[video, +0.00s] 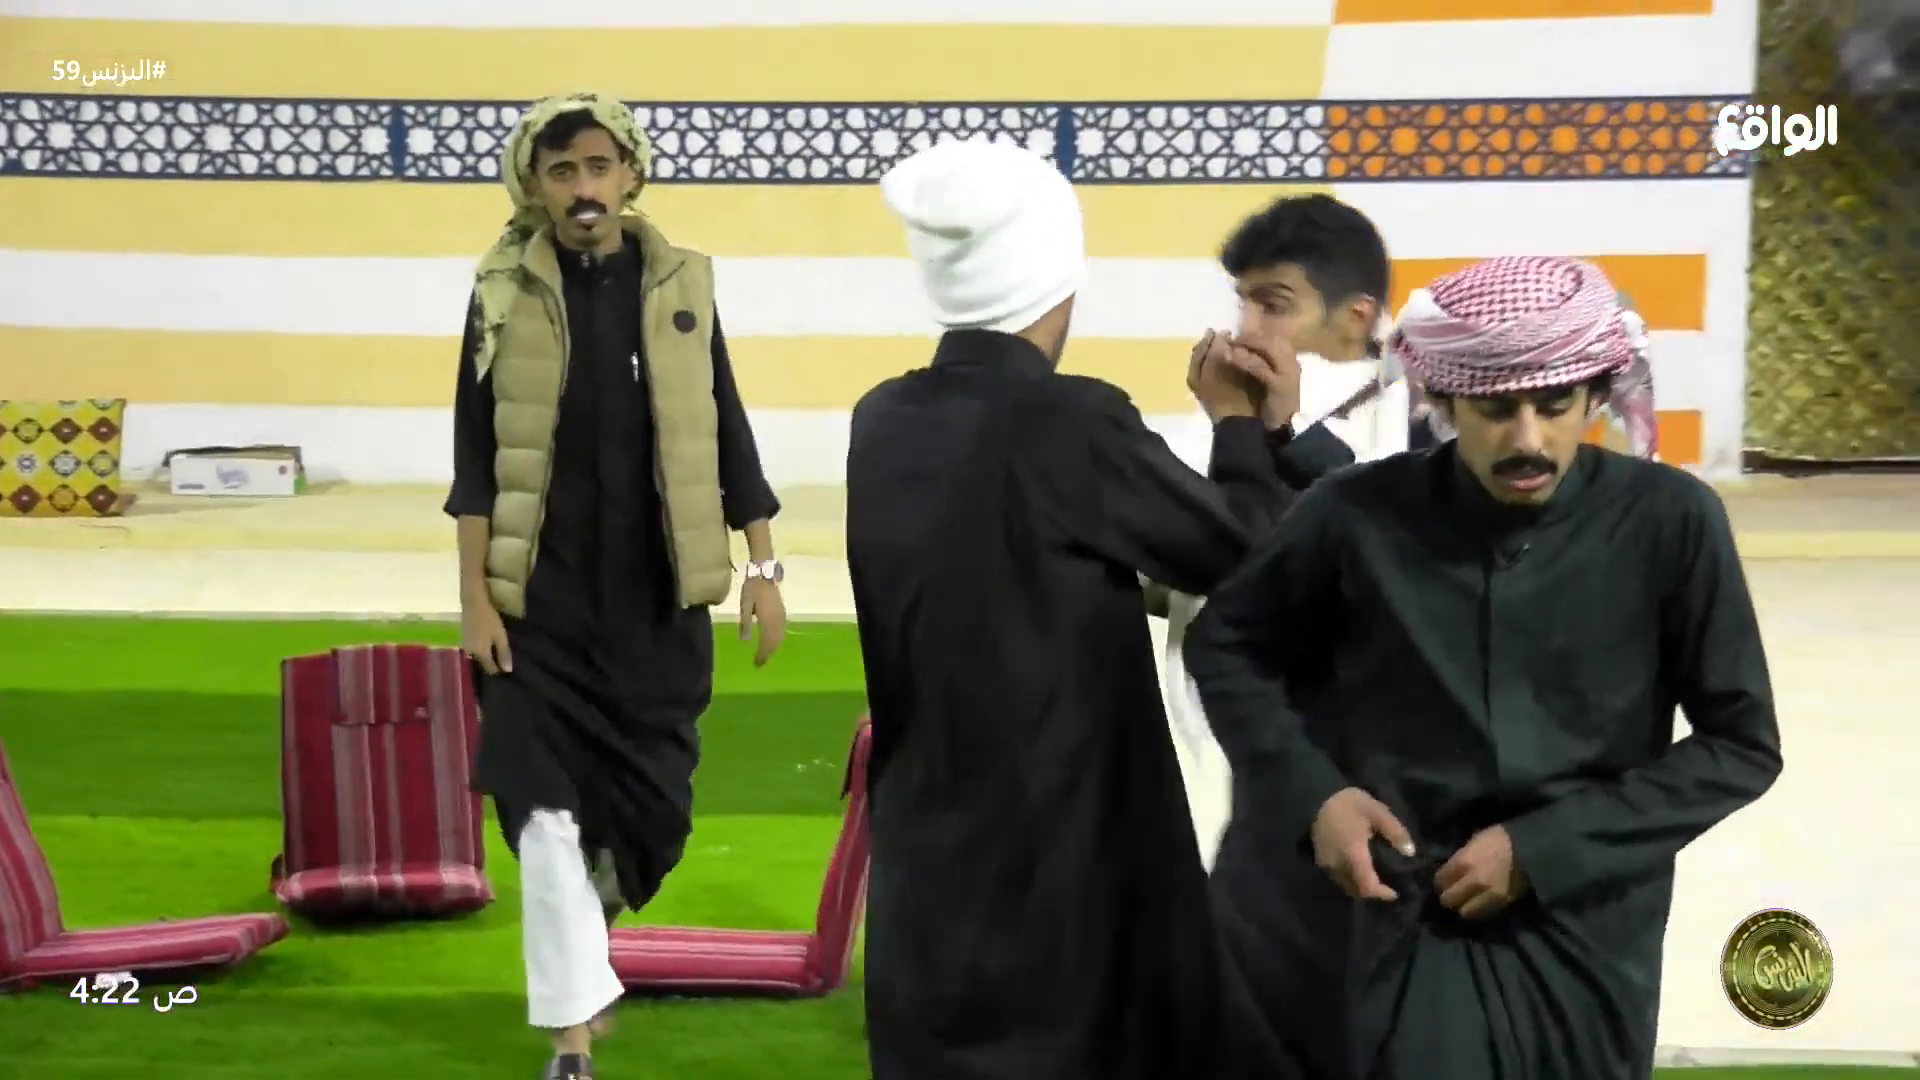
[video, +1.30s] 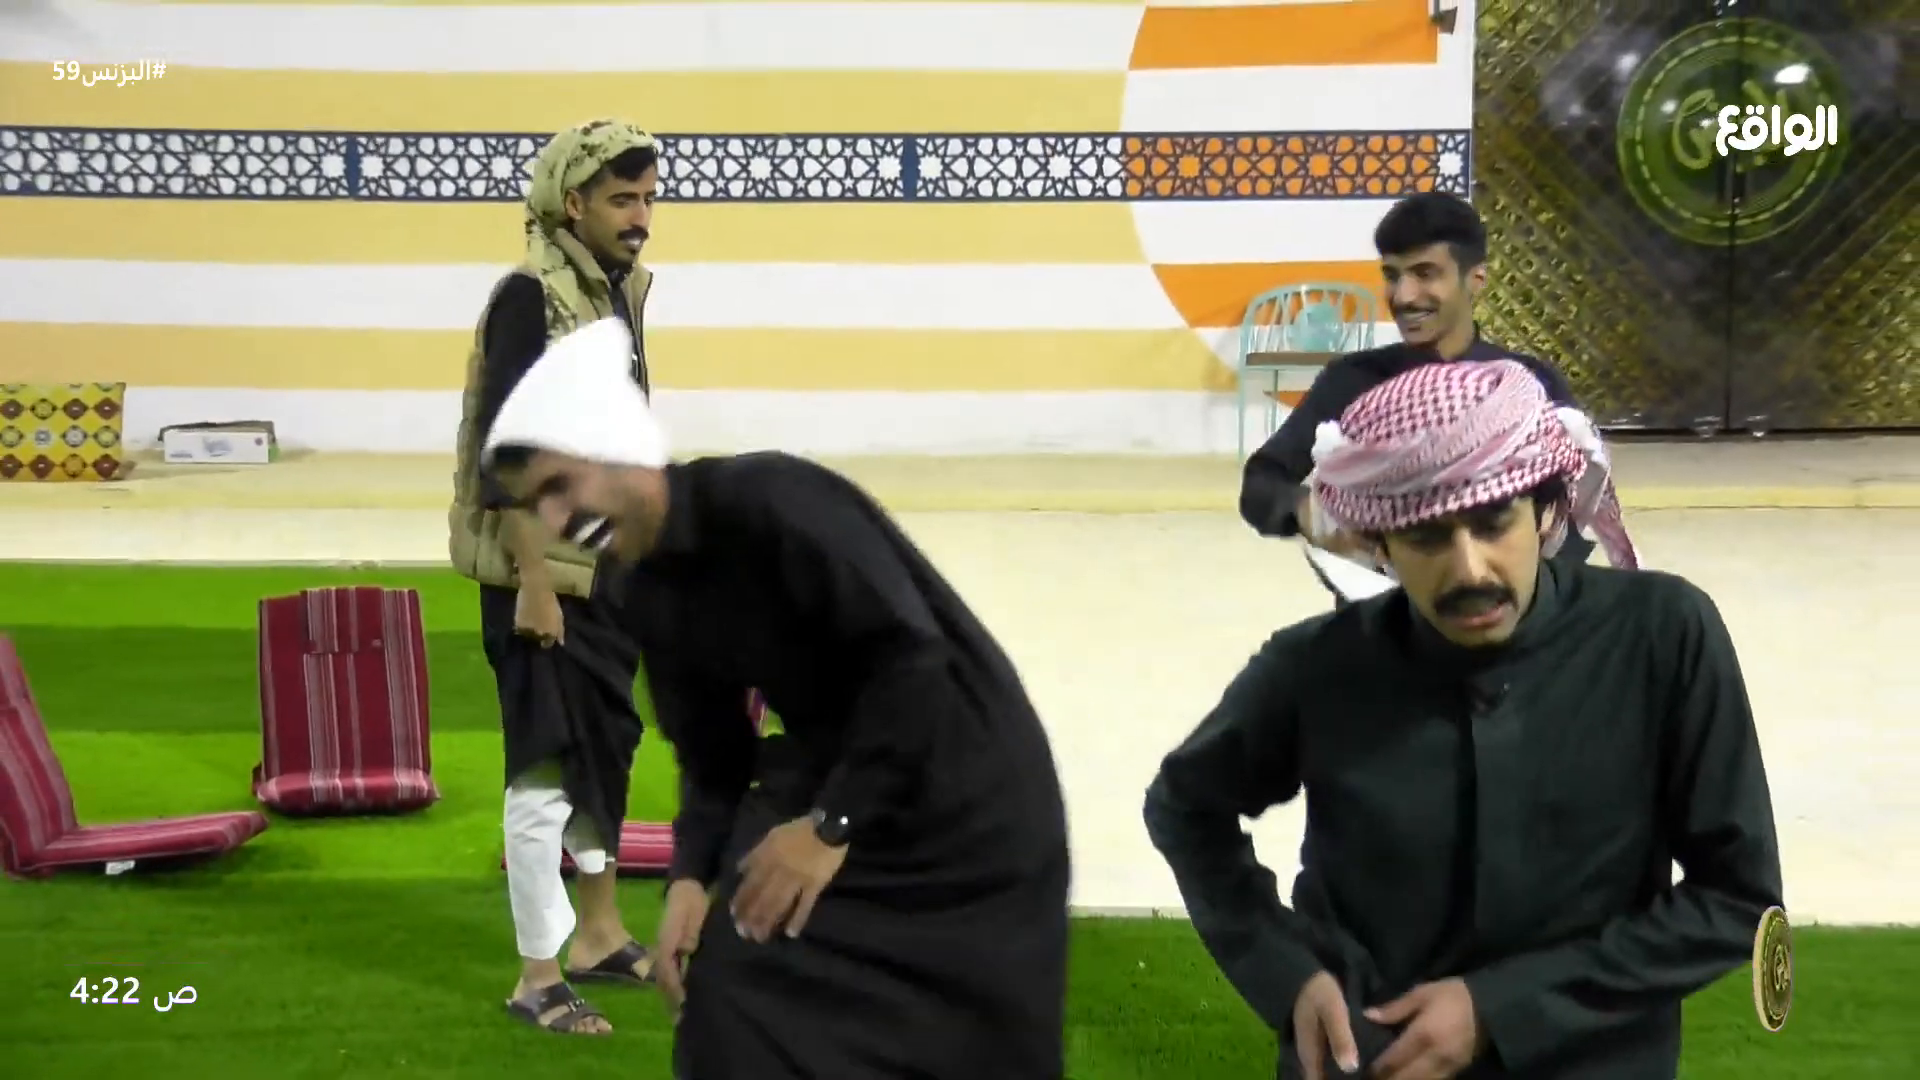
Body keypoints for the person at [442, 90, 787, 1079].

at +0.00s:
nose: (584, 186)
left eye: (601, 165)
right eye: (562, 170)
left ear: (633, 176)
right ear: (533, 187)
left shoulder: (681, 283)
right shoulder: (502, 293)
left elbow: (727, 426)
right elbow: (475, 450)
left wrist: (761, 562)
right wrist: (474, 593)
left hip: (656, 597)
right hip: (533, 595)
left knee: (652, 825)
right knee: (544, 815)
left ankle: (582, 920)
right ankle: (571, 1033)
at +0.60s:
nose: (665, 200)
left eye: (680, 185)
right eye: (648, 179)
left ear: (693, 196)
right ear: (599, 179)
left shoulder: (697, 289)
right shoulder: (538, 278)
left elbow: (757, 395)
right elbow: (505, 428)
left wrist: (754, 419)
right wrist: (517, 561)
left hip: (669, 582)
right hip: (568, 578)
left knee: (663, 784)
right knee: (572, 782)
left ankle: (632, 1007)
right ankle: (491, 953)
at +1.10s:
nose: (622, 201)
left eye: (631, 186)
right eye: (604, 185)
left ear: (635, 190)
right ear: (551, 186)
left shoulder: (637, 287)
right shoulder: (502, 288)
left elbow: (672, 411)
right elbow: (481, 442)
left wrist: (723, 510)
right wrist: (515, 571)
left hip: (628, 569)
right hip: (538, 573)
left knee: (627, 765)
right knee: (543, 775)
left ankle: (606, 953)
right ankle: (526, 989)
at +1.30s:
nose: (642, 217)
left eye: (649, 200)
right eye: (625, 200)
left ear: (644, 204)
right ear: (569, 203)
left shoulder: (616, 295)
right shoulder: (528, 300)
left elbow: (619, 431)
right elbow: (513, 452)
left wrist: (635, 555)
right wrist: (533, 576)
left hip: (599, 566)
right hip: (534, 574)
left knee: (601, 753)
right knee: (542, 771)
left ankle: (598, 940)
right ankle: (536, 975)